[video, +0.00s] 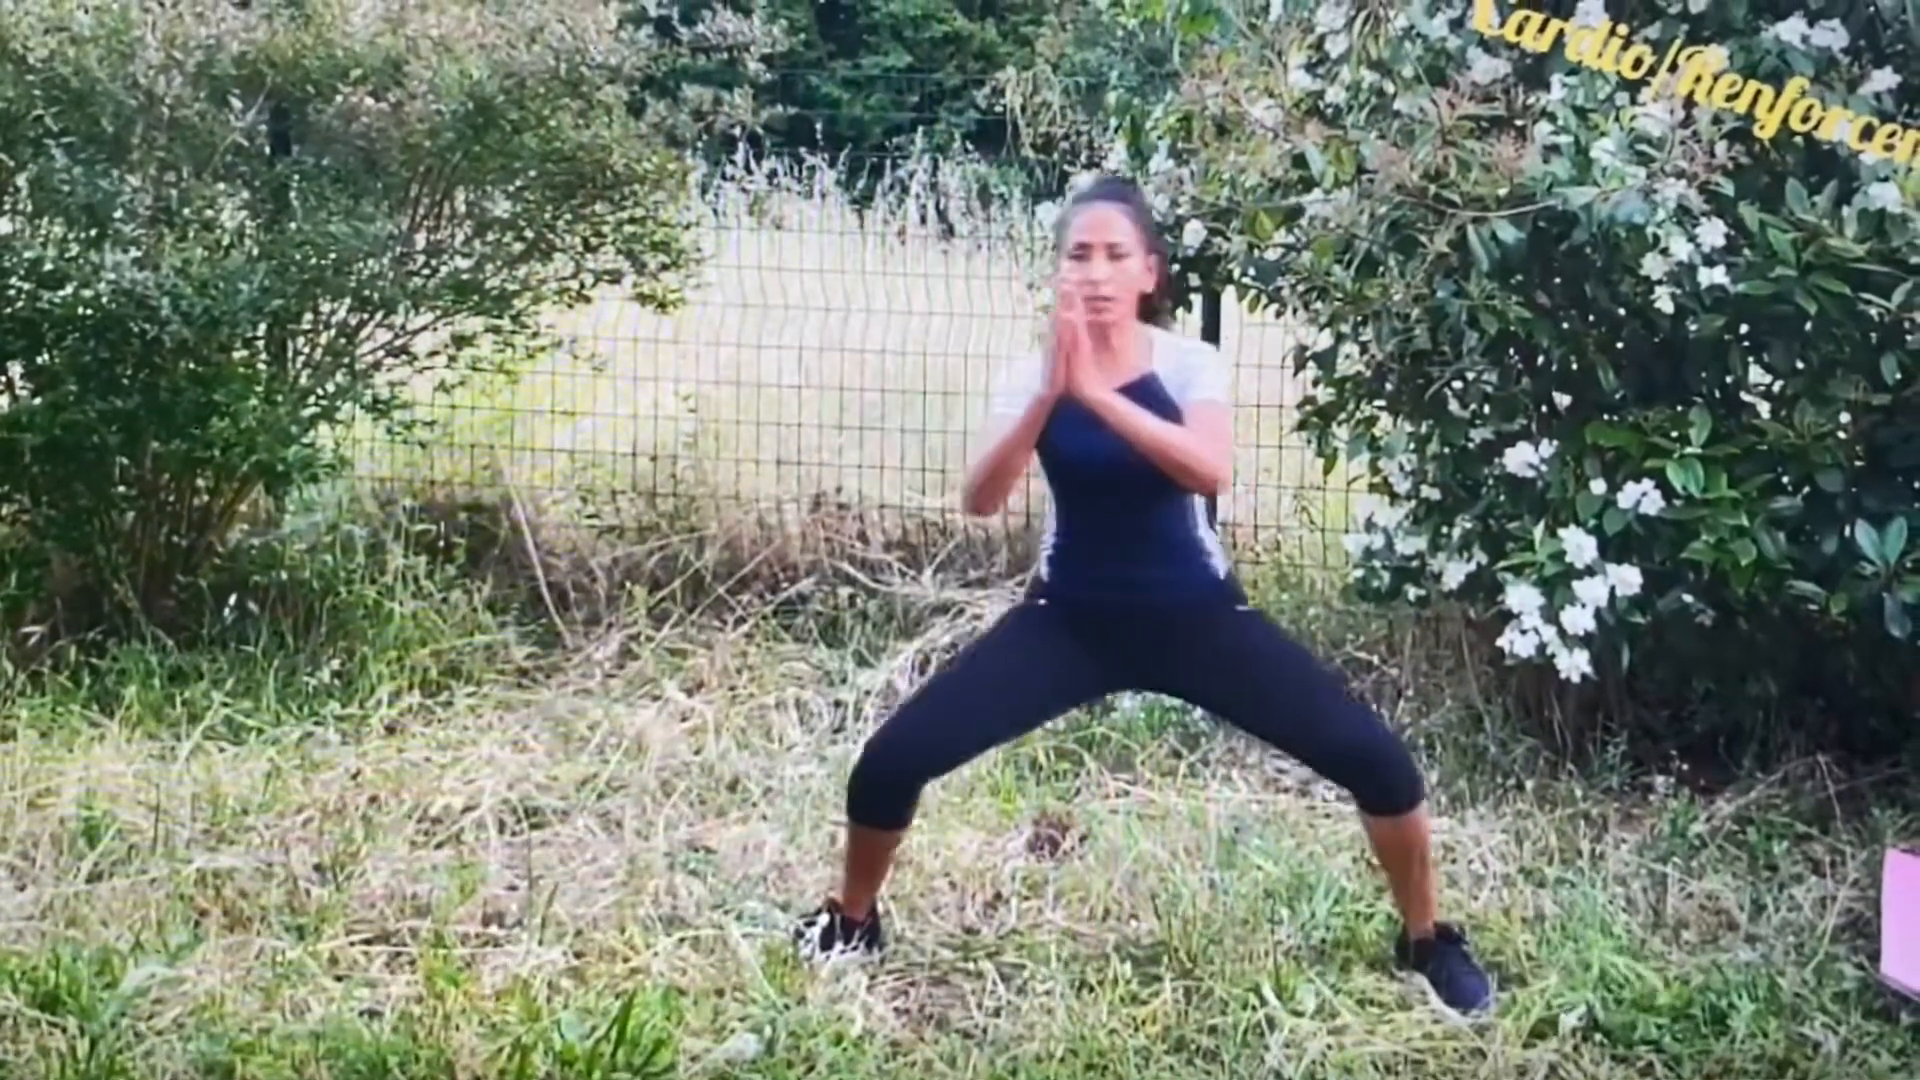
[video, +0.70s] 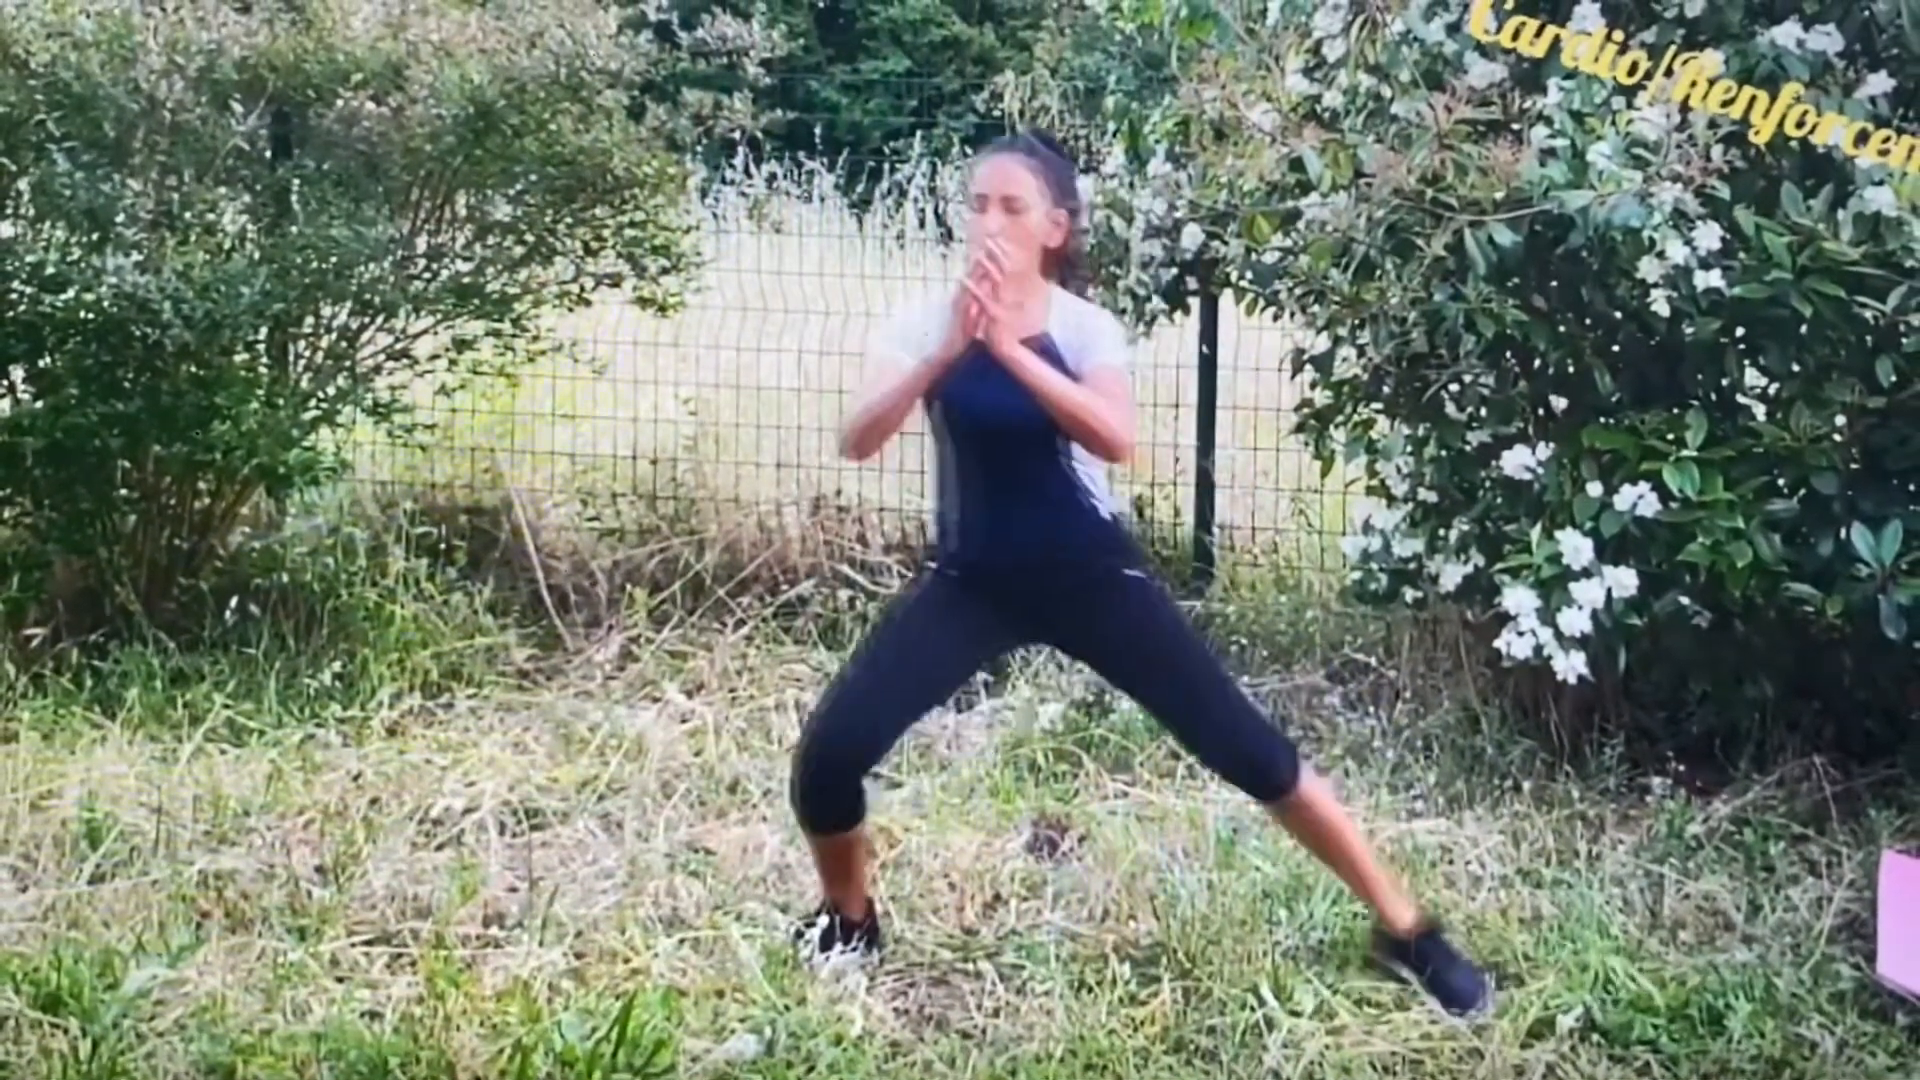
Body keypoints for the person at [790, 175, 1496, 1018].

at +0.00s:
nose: (1092, 273)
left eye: (1112, 256)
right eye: (1078, 256)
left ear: (1152, 272)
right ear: (1057, 271)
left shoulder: (1187, 363)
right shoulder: (1036, 372)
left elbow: (1210, 469)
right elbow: (980, 500)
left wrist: (1095, 393)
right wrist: (1050, 390)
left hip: (1195, 627)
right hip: (1067, 628)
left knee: (1381, 764)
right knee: (889, 759)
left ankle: (1426, 938)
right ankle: (848, 921)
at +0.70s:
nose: (984, 225)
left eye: (1007, 208)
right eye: (975, 205)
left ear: (1058, 228)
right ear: (961, 218)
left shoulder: (1083, 327)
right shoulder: (934, 316)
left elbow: (1116, 438)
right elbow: (856, 441)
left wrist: (1011, 351)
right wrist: (948, 350)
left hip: (1090, 584)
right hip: (968, 586)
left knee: (1253, 753)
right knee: (826, 755)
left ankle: (1408, 932)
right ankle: (849, 925)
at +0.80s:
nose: (957, 202)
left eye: (980, 187)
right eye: (948, 185)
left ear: (1026, 210)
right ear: (931, 198)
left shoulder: (1051, 311)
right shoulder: (898, 297)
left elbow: (1092, 427)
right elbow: (812, 418)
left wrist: (987, 337)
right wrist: (913, 340)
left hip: (1040, 563)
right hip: (919, 567)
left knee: (1192, 724)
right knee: (805, 762)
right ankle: (848, 921)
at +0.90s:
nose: (943, 193)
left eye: (967, 175)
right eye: (931, 173)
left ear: (1010, 199)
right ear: (915, 190)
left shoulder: (1040, 302)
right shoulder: (883, 286)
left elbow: (1101, 416)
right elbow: (772, 407)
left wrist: (985, 346)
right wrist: (876, 348)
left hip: (1006, 555)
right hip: (884, 553)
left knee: (1109, 715)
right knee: (782, 755)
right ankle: (848, 922)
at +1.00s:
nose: (934, 192)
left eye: (958, 174)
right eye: (922, 173)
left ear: (1003, 195)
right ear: (905, 190)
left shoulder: (1033, 302)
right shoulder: (874, 286)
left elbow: (1112, 413)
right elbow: (754, 399)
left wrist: (986, 369)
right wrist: (850, 370)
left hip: (983, 559)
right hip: (862, 544)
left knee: (1037, 761)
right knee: (735, 706)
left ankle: (982, 917)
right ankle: (802, 879)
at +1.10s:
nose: (916, 199)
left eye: (940, 180)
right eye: (904, 179)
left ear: (988, 200)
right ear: (889, 196)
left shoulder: (1022, 305)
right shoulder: (862, 292)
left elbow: (1109, 412)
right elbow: (745, 408)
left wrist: (974, 392)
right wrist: (840, 389)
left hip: (963, 559)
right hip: (844, 536)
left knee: (1015, 768)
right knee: (666, 651)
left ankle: (984, 917)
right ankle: (696, 839)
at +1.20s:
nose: (888, 203)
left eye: (909, 186)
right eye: (876, 185)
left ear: (956, 204)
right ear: (861, 201)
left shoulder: (991, 308)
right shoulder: (839, 302)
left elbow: (1088, 412)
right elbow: (714, 410)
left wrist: (953, 407)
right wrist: (816, 400)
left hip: (934, 566)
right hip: (815, 540)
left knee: (1005, 766)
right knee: (604, 636)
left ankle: (984, 920)